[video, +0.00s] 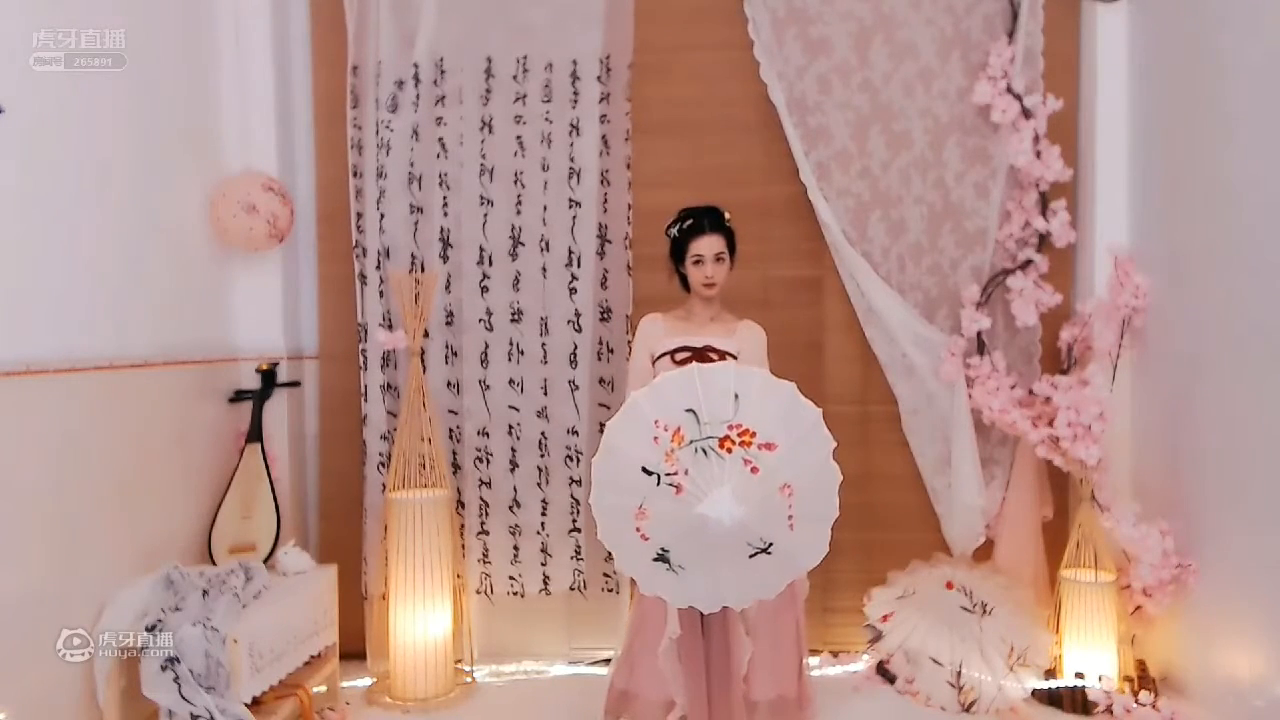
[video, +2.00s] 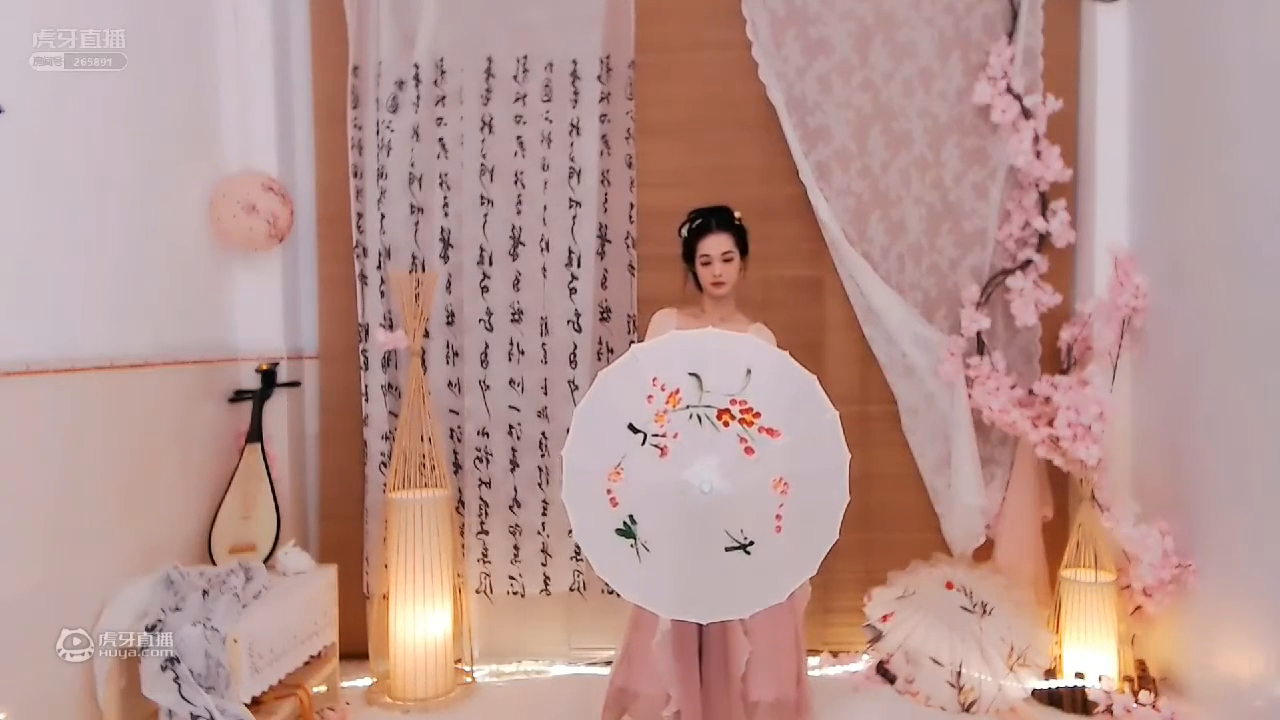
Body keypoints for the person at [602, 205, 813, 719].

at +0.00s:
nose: (709, 271)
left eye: (718, 259)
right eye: (698, 261)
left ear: (731, 264)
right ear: (681, 266)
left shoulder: (750, 335)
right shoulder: (653, 328)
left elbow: (764, 424)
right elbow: (637, 417)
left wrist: (764, 493)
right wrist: (640, 496)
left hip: (736, 484)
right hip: (670, 484)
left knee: (735, 606)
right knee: (672, 604)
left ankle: (735, 709)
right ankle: (673, 709)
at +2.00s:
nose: (717, 270)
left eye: (727, 258)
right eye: (706, 260)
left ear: (742, 262)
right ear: (692, 266)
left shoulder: (760, 335)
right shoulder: (666, 323)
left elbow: (776, 425)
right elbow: (646, 410)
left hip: (741, 488)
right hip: (678, 484)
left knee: (740, 605)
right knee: (677, 603)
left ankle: (739, 709)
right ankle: (678, 709)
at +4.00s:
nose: (716, 272)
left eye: (726, 259)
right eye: (705, 262)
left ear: (742, 263)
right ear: (693, 268)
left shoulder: (761, 339)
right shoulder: (674, 333)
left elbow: (786, 427)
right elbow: (649, 418)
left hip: (747, 490)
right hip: (685, 486)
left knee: (746, 604)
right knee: (681, 604)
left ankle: (745, 710)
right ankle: (678, 711)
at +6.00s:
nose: (715, 272)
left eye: (725, 259)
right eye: (704, 262)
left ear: (742, 263)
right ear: (692, 268)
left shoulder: (760, 338)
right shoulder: (671, 335)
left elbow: (786, 428)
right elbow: (647, 421)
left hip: (745, 491)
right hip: (679, 490)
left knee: (742, 608)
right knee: (679, 608)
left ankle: (741, 709)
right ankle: (678, 710)